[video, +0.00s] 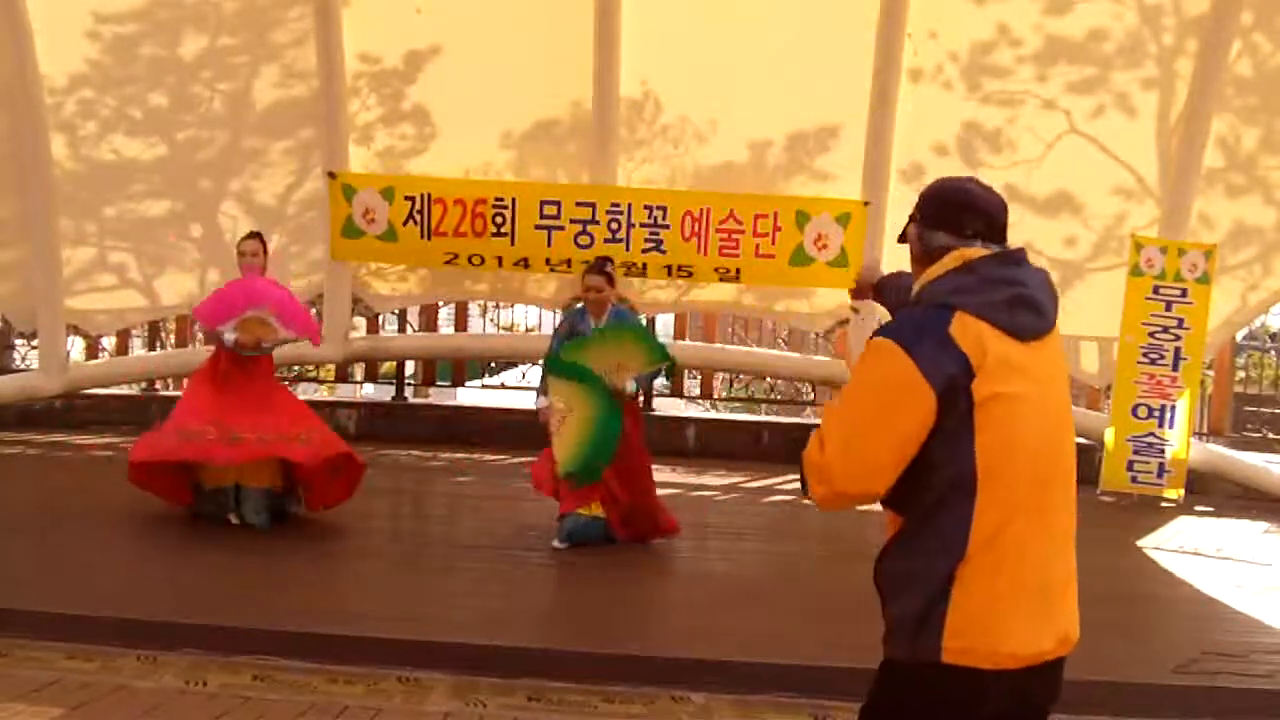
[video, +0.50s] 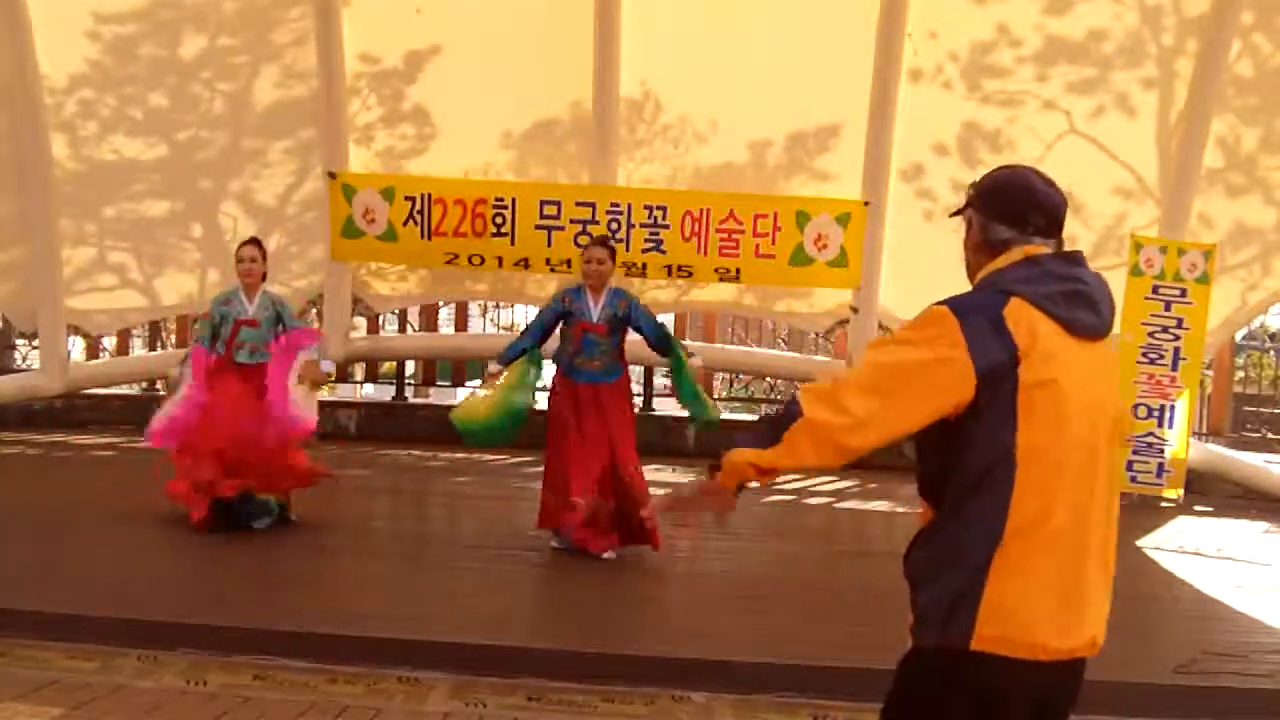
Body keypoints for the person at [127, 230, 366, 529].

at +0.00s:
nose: (249, 261)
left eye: (255, 255)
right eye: (244, 255)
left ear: (266, 258)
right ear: (237, 260)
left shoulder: (276, 296)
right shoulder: (226, 297)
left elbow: (300, 329)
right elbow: (207, 333)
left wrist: (268, 340)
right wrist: (233, 340)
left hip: (259, 373)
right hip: (225, 372)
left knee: (259, 434)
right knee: (221, 432)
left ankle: (255, 505)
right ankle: (224, 505)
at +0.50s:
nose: (247, 267)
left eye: (254, 261)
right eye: (242, 261)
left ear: (264, 267)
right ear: (235, 266)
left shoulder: (275, 305)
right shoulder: (222, 303)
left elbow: (298, 338)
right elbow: (203, 344)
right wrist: (197, 379)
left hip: (262, 376)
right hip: (226, 375)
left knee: (264, 435)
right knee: (224, 434)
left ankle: (278, 500)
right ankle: (219, 499)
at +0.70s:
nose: (237, 251)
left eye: (243, 246)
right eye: (232, 246)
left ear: (255, 251)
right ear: (225, 251)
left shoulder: (265, 289)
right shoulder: (212, 287)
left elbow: (300, 315)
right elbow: (176, 319)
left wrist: (338, 329)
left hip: (250, 368)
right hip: (215, 367)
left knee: (256, 433)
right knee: (198, 431)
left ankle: (267, 504)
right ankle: (180, 509)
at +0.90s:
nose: (220, 235)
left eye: (226, 229)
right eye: (215, 230)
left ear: (239, 234)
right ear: (208, 235)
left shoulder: (250, 268)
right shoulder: (197, 267)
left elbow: (292, 276)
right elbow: (159, 275)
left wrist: (337, 272)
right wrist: (121, 273)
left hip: (232, 355)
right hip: (199, 355)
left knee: (238, 426)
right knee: (196, 426)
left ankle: (244, 506)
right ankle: (198, 510)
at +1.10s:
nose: (204, 232)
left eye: (211, 226)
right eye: (199, 226)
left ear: (224, 232)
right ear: (193, 231)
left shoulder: (233, 263)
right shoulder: (182, 264)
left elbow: (276, 248)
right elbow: (142, 248)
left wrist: (317, 220)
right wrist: (106, 220)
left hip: (218, 357)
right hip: (184, 358)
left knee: (215, 431)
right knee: (187, 432)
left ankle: (211, 514)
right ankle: (192, 513)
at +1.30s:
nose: (195, 233)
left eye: (202, 228)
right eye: (190, 227)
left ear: (213, 232)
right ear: (182, 230)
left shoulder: (218, 265)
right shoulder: (172, 263)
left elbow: (251, 238)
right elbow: (135, 235)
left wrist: (276, 201)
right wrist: (106, 191)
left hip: (207, 365)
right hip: (173, 364)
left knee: (205, 437)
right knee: (171, 438)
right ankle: (170, 522)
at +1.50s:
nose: (188, 231)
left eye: (195, 226)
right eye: (182, 225)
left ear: (207, 233)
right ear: (174, 229)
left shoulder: (210, 267)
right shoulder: (164, 263)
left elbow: (230, 238)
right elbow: (130, 229)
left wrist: (233, 194)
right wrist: (112, 178)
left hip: (194, 369)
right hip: (160, 368)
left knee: (198, 444)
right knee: (157, 443)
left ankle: (204, 527)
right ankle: (156, 527)